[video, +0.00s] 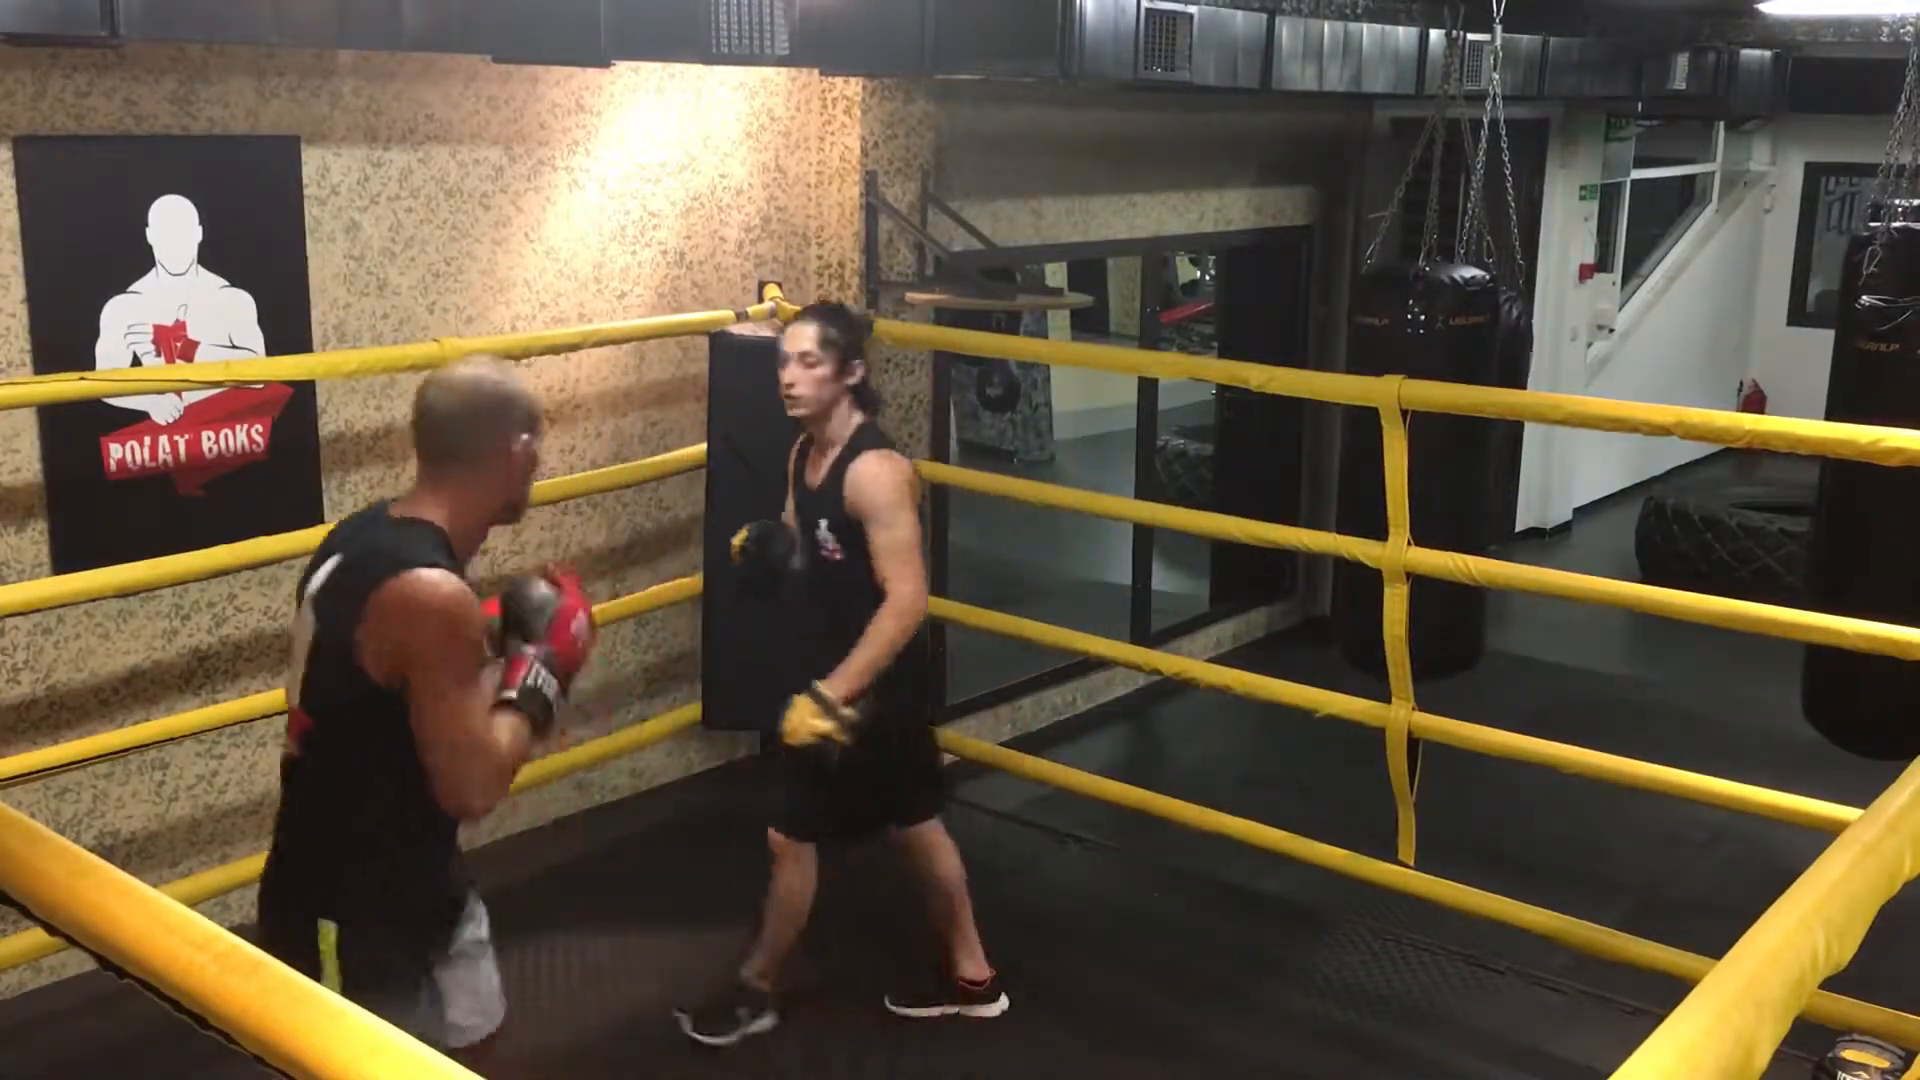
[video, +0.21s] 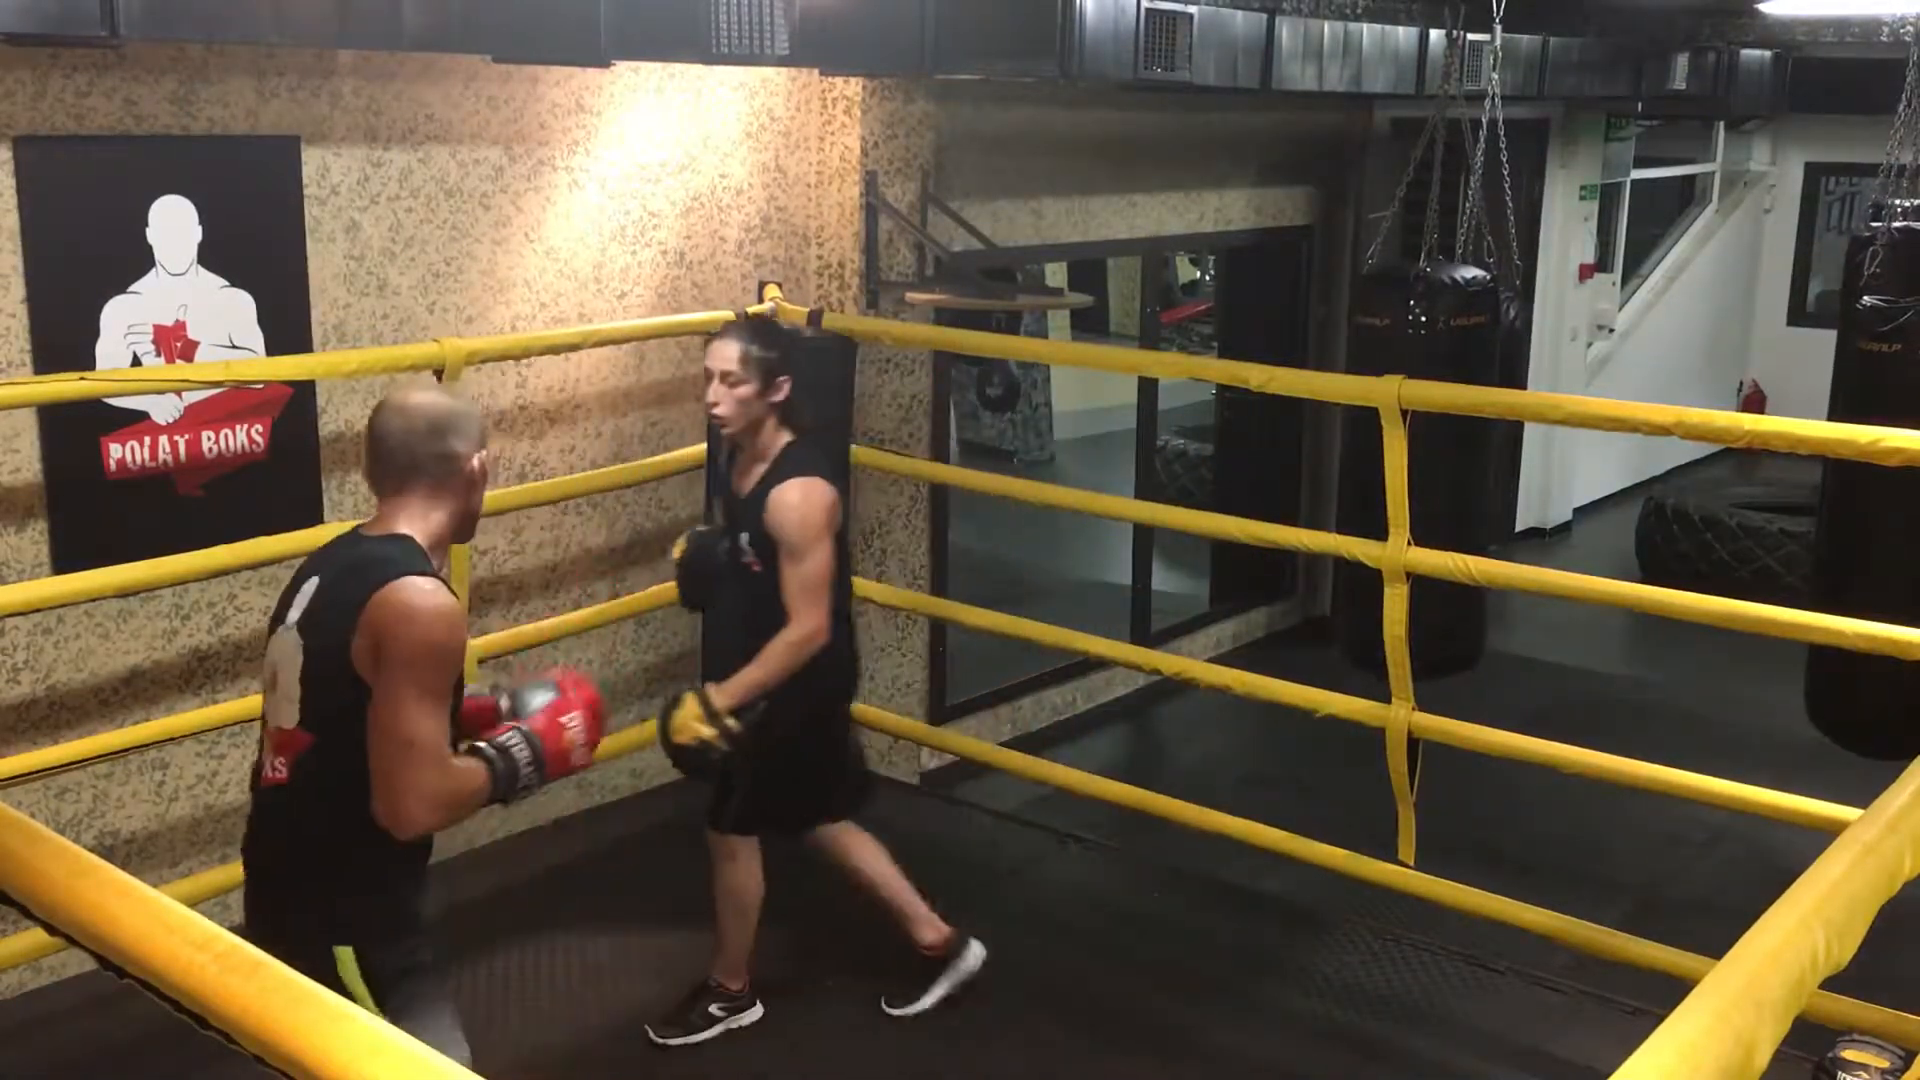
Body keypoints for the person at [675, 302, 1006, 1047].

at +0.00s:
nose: (789, 376)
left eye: (807, 362)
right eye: (785, 361)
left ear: (850, 374)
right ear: (782, 371)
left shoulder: (876, 472)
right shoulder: (807, 453)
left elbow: (908, 602)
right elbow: (819, 541)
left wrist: (831, 695)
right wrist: (772, 545)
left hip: (876, 681)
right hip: (848, 669)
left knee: (791, 835)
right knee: (917, 822)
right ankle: (974, 976)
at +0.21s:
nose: (711, 396)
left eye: (728, 382)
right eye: (710, 380)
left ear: (775, 390)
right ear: (720, 384)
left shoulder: (800, 495)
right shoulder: (740, 455)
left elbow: (809, 630)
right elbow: (756, 543)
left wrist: (716, 701)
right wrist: (707, 552)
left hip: (793, 689)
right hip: (764, 677)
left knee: (732, 833)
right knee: (823, 819)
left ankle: (730, 989)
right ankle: (939, 941)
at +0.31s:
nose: (692, 395)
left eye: (709, 381)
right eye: (686, 378)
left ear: (750, 389)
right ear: (681, 380)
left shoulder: (767, 489)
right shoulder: (707, 451)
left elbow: (773, 622)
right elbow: (722, 535)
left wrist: (676, 683)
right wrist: (678, 553)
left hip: (772, 680)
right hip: (738, 668)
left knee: (722, 833)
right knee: (762, 815)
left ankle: (731, 991)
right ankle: (868, 905)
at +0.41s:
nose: (669, 384)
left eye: (688, 370)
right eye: (662, 366)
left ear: (725, 377)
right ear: (653, 367)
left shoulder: (743, 473)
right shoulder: (666, 438)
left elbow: (753, 605)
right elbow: (680, 525)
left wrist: (659, 665)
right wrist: (639, 545)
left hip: (743, 664)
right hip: (694, 651)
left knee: (725, 833)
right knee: (677, 802)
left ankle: (732, 990)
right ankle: (772, 910)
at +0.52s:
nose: (641, 374)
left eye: (660, 359)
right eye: (632, 357)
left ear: (695, 365)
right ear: (621, 359)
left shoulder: (719, 463)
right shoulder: (627, 436)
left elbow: (741, 593)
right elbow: (631, 539)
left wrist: (642, 660)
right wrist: (603, 553)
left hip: (717, 663)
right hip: (650, 652)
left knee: (711, 834)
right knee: (641, 807)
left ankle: (733, 987)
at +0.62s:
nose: (609, 377)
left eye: (626, 361)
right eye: (597, 360)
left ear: (659, 367)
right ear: (585, 365)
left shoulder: (692, 461)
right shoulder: (584, 440)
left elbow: (727, 586)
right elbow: (578, 534)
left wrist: (637, 662)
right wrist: (572, 550)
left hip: (688, 659)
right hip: (620, 647)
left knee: (669, 838)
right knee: (597, 809)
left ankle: (727, 985)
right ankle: (586, 945)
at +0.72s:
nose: (575, 384)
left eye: (591, 368)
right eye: (562, 368)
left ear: (622, 371)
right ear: (548, 373)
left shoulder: (661, 460)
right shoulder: (544, 451)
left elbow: (707, 580)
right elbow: (523, 561)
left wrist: (634, 658)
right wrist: (534, 560)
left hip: (655, 662)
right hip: (583, 652)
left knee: (618, 839)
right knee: (555, 810)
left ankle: (695, 962)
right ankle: (583, 947)